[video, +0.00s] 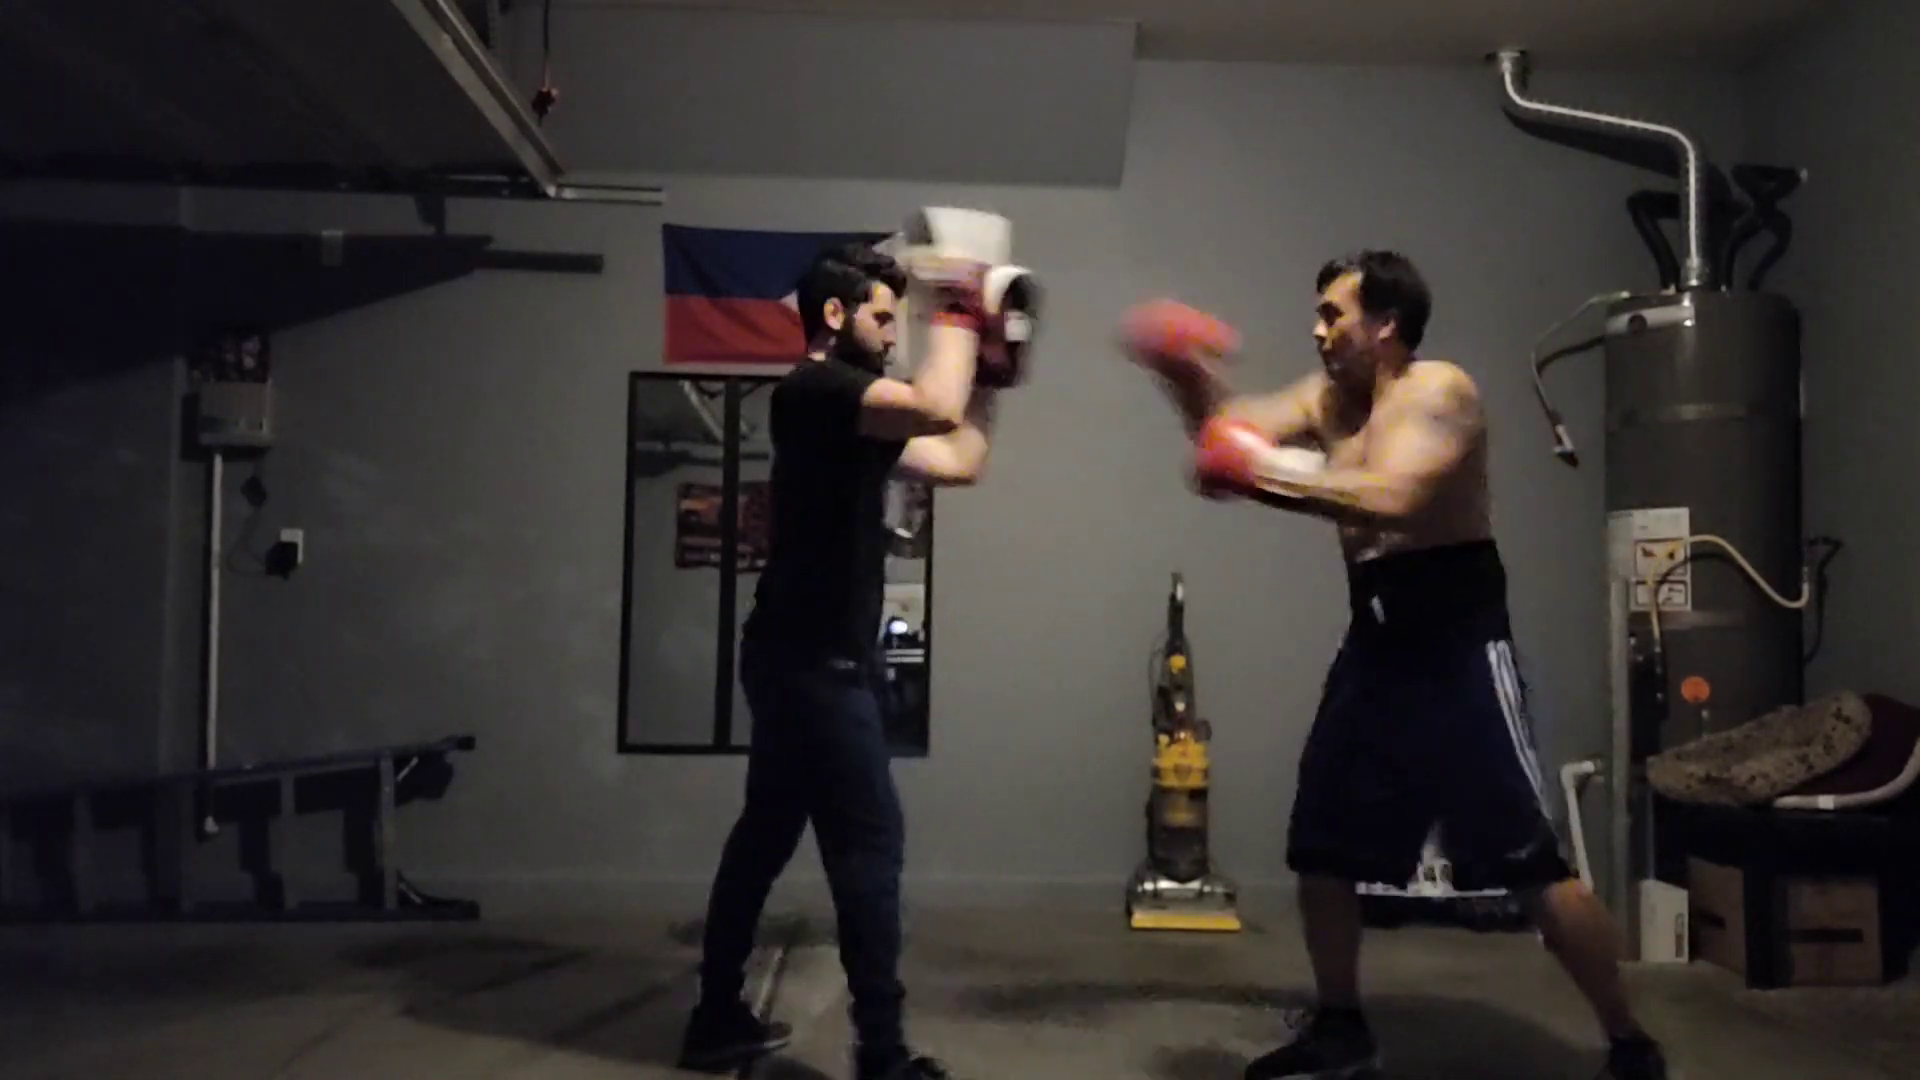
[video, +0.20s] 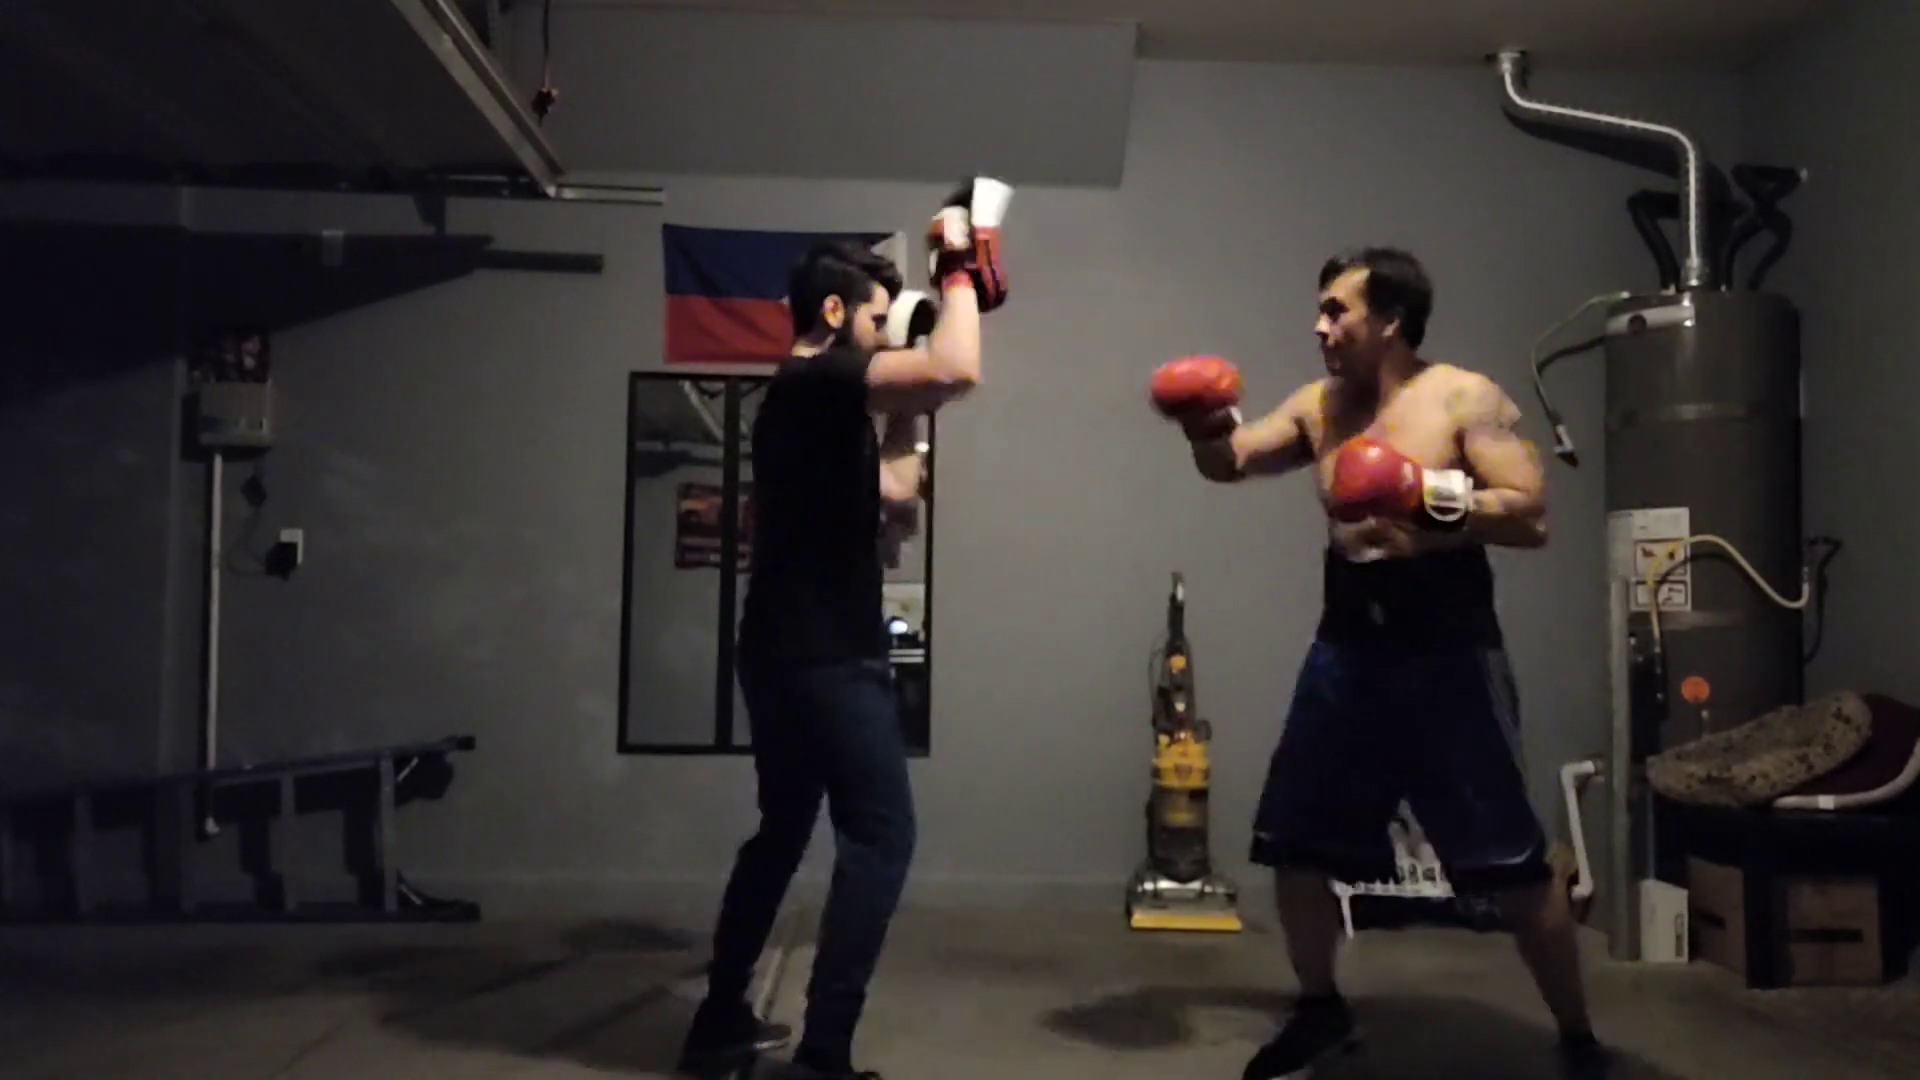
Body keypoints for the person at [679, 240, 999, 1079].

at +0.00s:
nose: (893, 332)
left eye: (895, 318)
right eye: (880, 315)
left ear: (837, 320)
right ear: (832, 314)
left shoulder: (850, 405)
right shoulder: (817, 385)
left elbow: (960, 461)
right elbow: (937, 400)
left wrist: (988, 370)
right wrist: (950, 308)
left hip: (807, 656)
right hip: (816, 659)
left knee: (764, 835)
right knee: (871, 845)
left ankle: (715, 1014)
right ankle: (882, 1050)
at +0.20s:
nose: (890, 320)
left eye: (889, 307)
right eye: (880, 304)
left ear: (824, 310)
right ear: (836, 308)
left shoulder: (787, 395)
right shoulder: (832, 377)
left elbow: (899, 486)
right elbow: (955, 363)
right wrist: (956, 266)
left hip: (776, 647)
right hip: (833, 651)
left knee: (782, 830)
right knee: (882, 837)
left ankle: (720, 1019)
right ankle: (827, 1049)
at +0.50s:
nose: (873, 304)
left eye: (873, 289)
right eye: (867, 287)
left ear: (796, 283)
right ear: (822, 279)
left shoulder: (740, 374)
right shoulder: (824, 357)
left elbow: (936, 418)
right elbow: (962, 413)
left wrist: (1018, 363)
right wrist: (1016, 330)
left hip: (735, 646)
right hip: (820, 651)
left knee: (721, 835)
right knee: (829, 859)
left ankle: (643, 1035)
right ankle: (811, 1059)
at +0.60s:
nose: (857, 299)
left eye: (859, 283)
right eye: (851, 281)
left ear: (780, 276)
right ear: (804, 274)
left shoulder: (729, 365)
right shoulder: (800, 359)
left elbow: (886, 440)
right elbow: (916, 436)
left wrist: (971, 379)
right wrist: (964, 346)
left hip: (718, 645)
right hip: (800, 652)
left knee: (683, 841)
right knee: (823, 859)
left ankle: (574, 1045)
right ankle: (812, 1063)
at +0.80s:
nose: (808, 324)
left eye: (810, 307)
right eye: (800, 303)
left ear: (736, 296)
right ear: (752, 292)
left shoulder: (678, 377)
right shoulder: (723, 371)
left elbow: (730, 533)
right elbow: (825, 458)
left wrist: (794, 514)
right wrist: (846, 352)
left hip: (657, 675)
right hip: (733, 679)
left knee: (599, 877)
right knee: (820, 860)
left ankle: (533, 1063)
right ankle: (813, 1065)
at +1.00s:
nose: (767, 296)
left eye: (771, 281)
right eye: (763, 278)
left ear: (681, 270)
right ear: (719, 267)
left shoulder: (630, 360)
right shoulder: (700, 344)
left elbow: (671, 503)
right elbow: (817, 415)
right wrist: (817, 318)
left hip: (628, 655)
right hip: (711, 657)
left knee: (591, 868)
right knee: (802, 853)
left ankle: (532, 1063)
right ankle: (831, 1061)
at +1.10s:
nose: (765, 291)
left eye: (766, 273)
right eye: (761, 270)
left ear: (675, 262)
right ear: (724, 262)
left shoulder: (622, 361)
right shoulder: (717, 348)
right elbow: (860, 401)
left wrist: (810, 313)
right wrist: (850, 301)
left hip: (624, 658)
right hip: (718, 661)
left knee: (587, 873)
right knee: (808, 863)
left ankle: (531, 1064)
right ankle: (844, 1062)